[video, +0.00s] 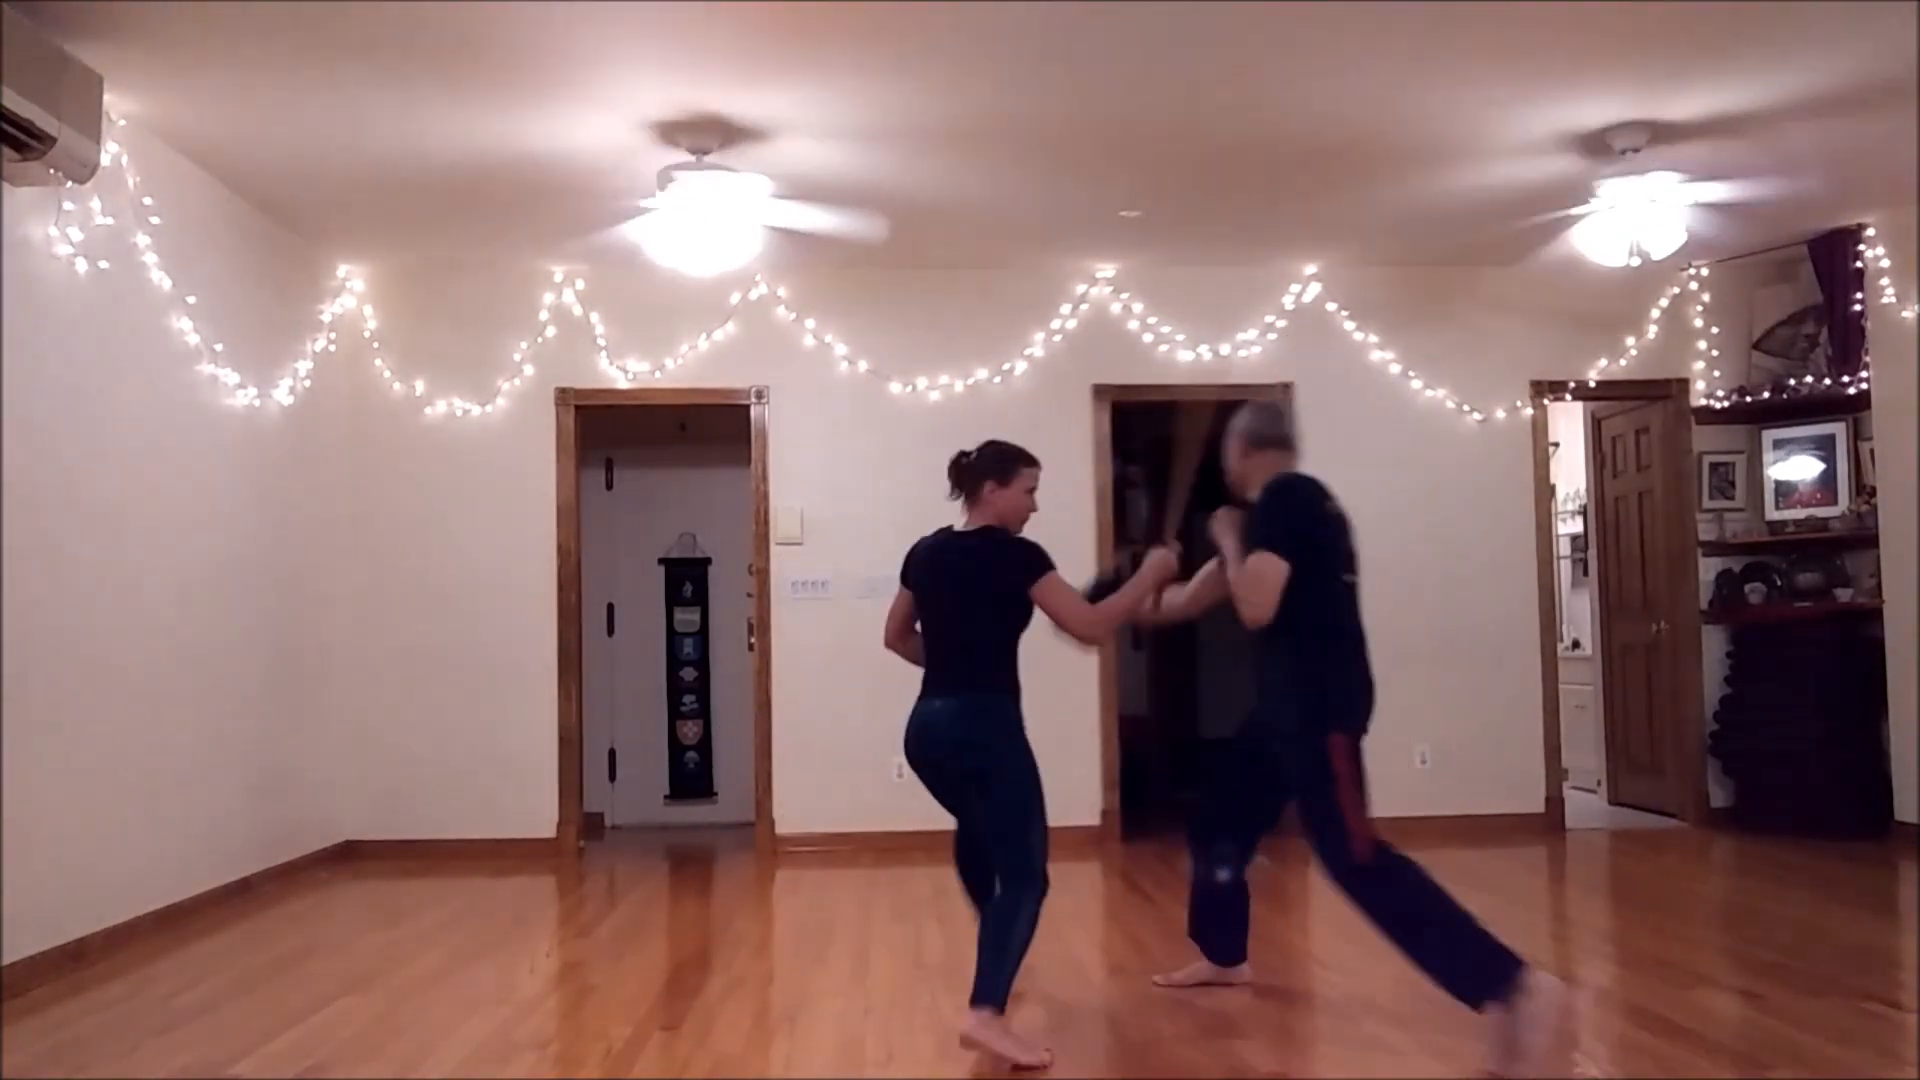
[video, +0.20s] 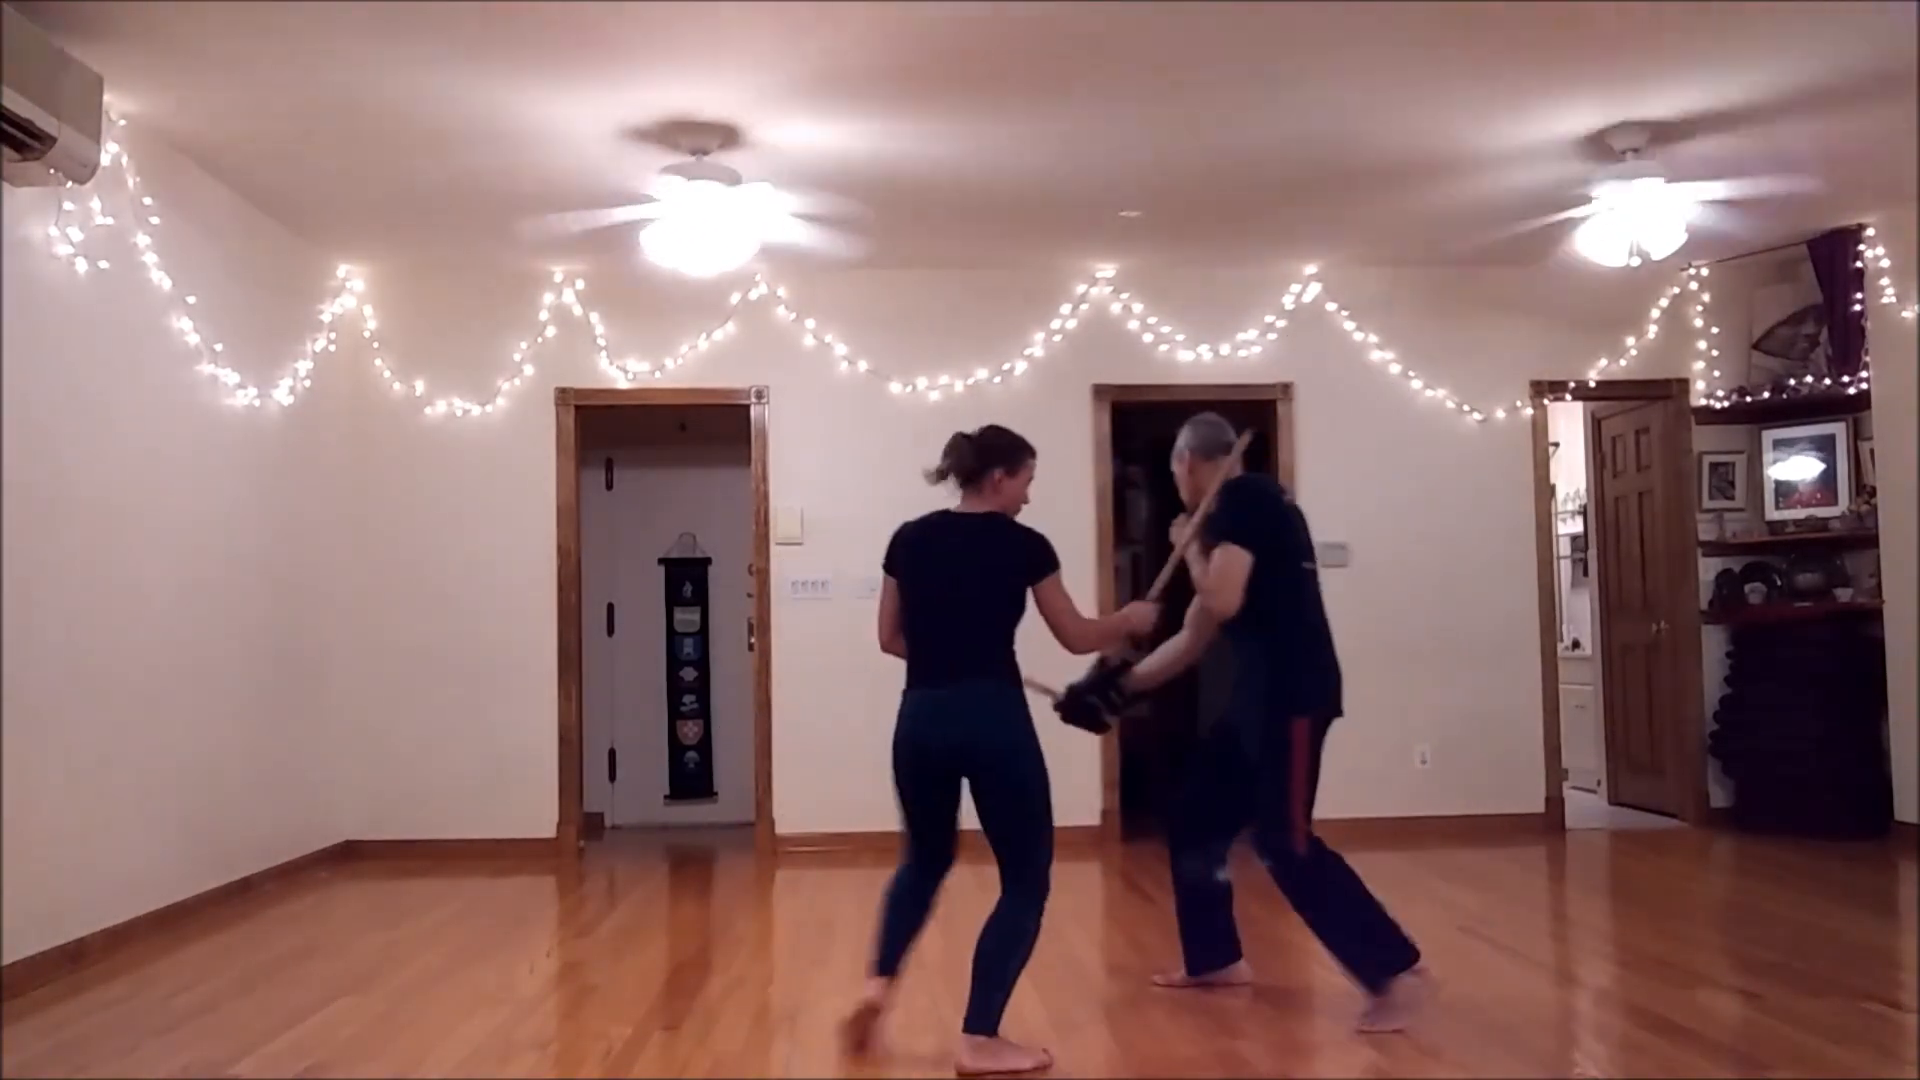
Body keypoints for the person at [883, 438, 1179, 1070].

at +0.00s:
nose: (1033, 504)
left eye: (1034, 492)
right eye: (1028, 492)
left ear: (979, 494)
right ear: (991, 491)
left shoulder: (928, 551)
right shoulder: (1017, 554)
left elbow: (897, 636)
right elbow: (1090, 624)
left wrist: (947, 662)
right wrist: (1148, 577)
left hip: (928, 731)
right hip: (990, 732)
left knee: (974, 827)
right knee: (1027, 876)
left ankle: (999, 930)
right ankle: (985, 1013)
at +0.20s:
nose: (1027, 494)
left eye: (1028, 482)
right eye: (1025, 482)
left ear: (969, 477)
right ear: (1000, 478)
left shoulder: (912, 536)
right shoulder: (1021, 542)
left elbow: (891, 637)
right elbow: (1074, 634)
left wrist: (963, 653)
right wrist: (1127, 621)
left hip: (922, 725)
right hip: (997, 724)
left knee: (925, 857)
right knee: (1025, 881)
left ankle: (878, 978)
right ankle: (980, 1035)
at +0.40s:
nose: (1008, 483)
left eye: (1008, 473)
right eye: (1008, 473)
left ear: (944, 468)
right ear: (990, 472)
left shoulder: (886, 519)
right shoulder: (1004, 541)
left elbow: (856, 623)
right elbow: (1043, 647)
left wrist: (912, 645)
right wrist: (1092, 654)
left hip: (895, 718)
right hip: (976, 721)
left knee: (842, 877)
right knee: (1008, 878)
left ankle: (795, 1037)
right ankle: (980, 1038)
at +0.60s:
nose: (975, 481)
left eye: (976, 472)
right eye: (975, 471)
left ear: (910, 461)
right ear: (961, 467)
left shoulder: (852, 512)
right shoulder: (973, 535)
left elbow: (806, 613)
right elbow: (984, 653)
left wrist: (862, 656)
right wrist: (975, 707)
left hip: (867, 717)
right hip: (950, 719)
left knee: (824, 890)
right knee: (993, 877)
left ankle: (796, 1062)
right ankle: (985, 1038)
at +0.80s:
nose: (953, 481)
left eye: (952, 472)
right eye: (952, 471)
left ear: (885, 469)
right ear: (936, 467)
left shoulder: (835, 533)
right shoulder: (962, 521)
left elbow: (828, 651)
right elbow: (1021, 608)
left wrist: (883, 684)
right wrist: (973, 668)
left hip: (862, 721)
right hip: (947, 718)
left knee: (820, 897)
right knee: (1000, 879)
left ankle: (798, 1063)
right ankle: (1029, 1041)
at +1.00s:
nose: (983, 477)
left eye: (983, 469)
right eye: (982, 468)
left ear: (912, 468)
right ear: (970, 467)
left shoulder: (868, 533)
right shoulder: (992, 521)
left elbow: (854, 650)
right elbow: (1059, 513)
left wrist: (896, 685)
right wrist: (985, 515)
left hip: (878, 733)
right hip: (965, 734)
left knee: (828, 901)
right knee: (1012, 888)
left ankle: (800, 1065)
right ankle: (1031, 1047)